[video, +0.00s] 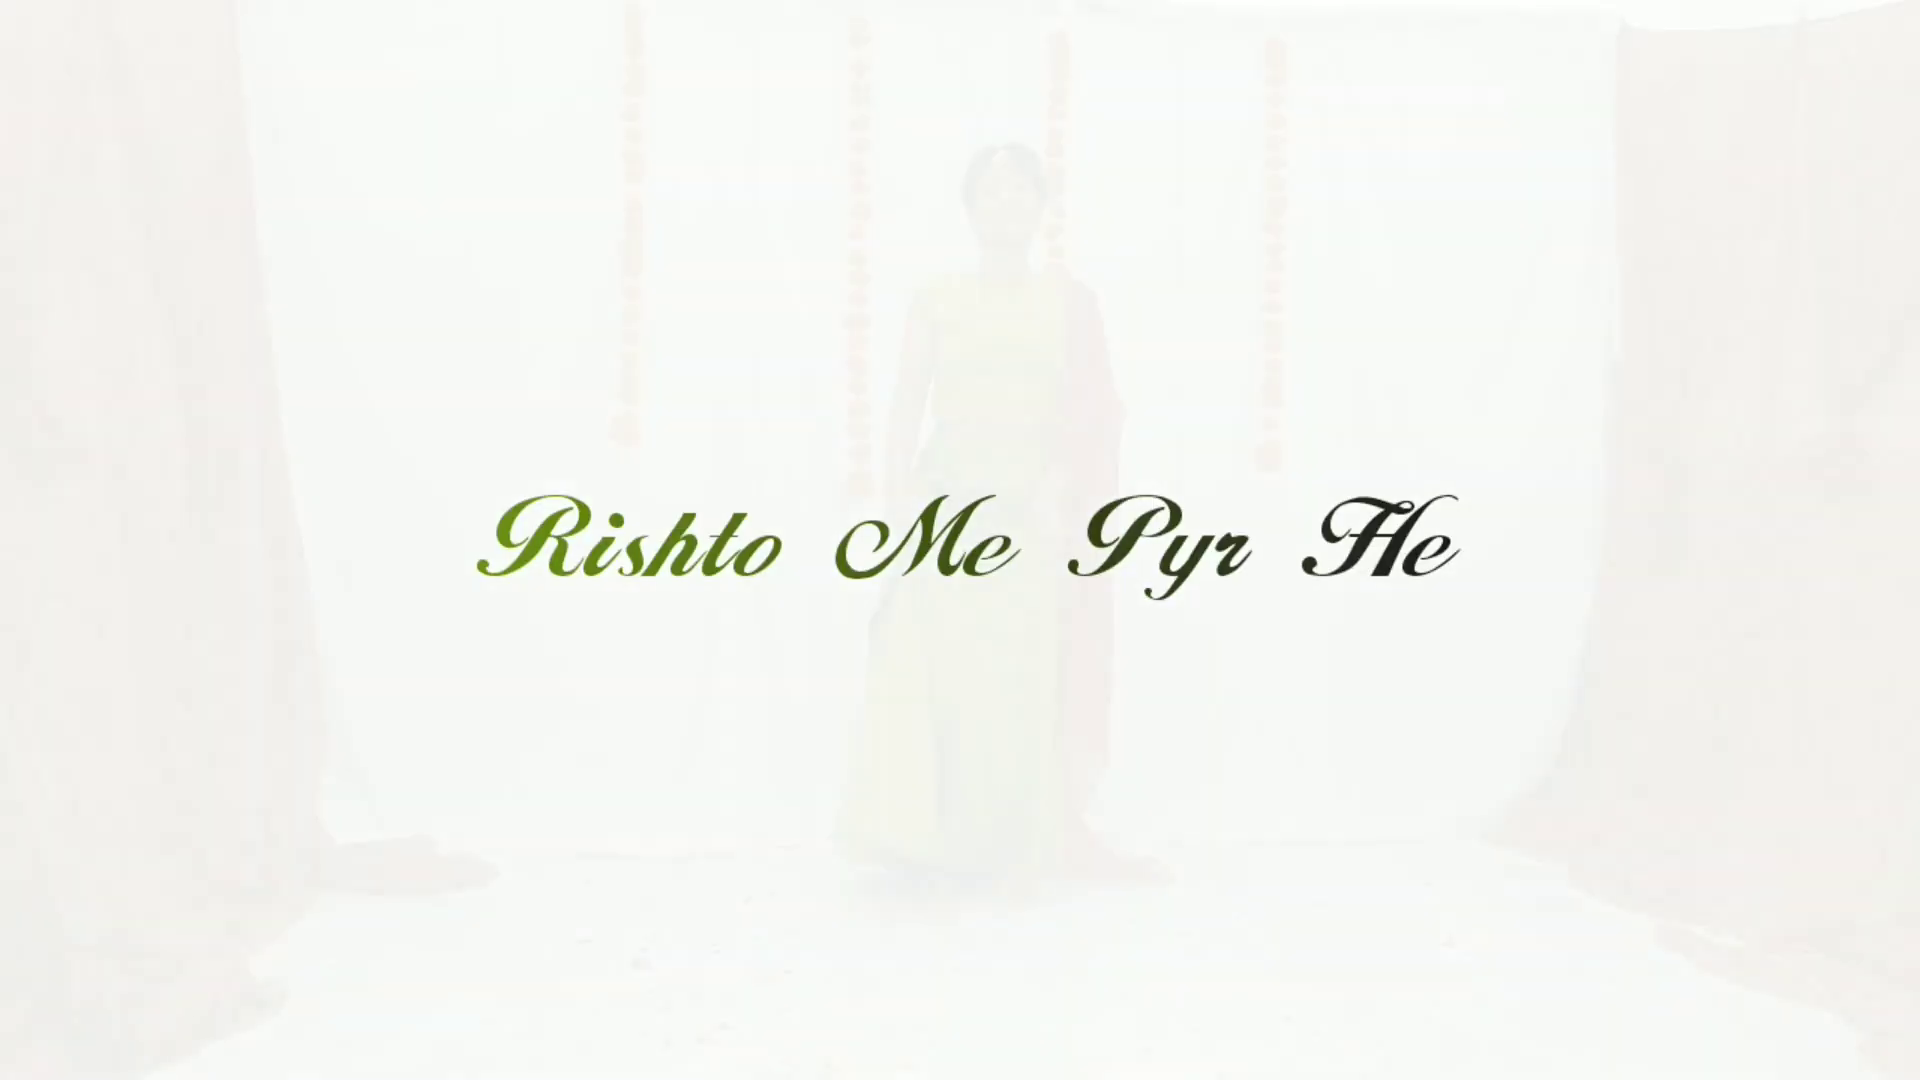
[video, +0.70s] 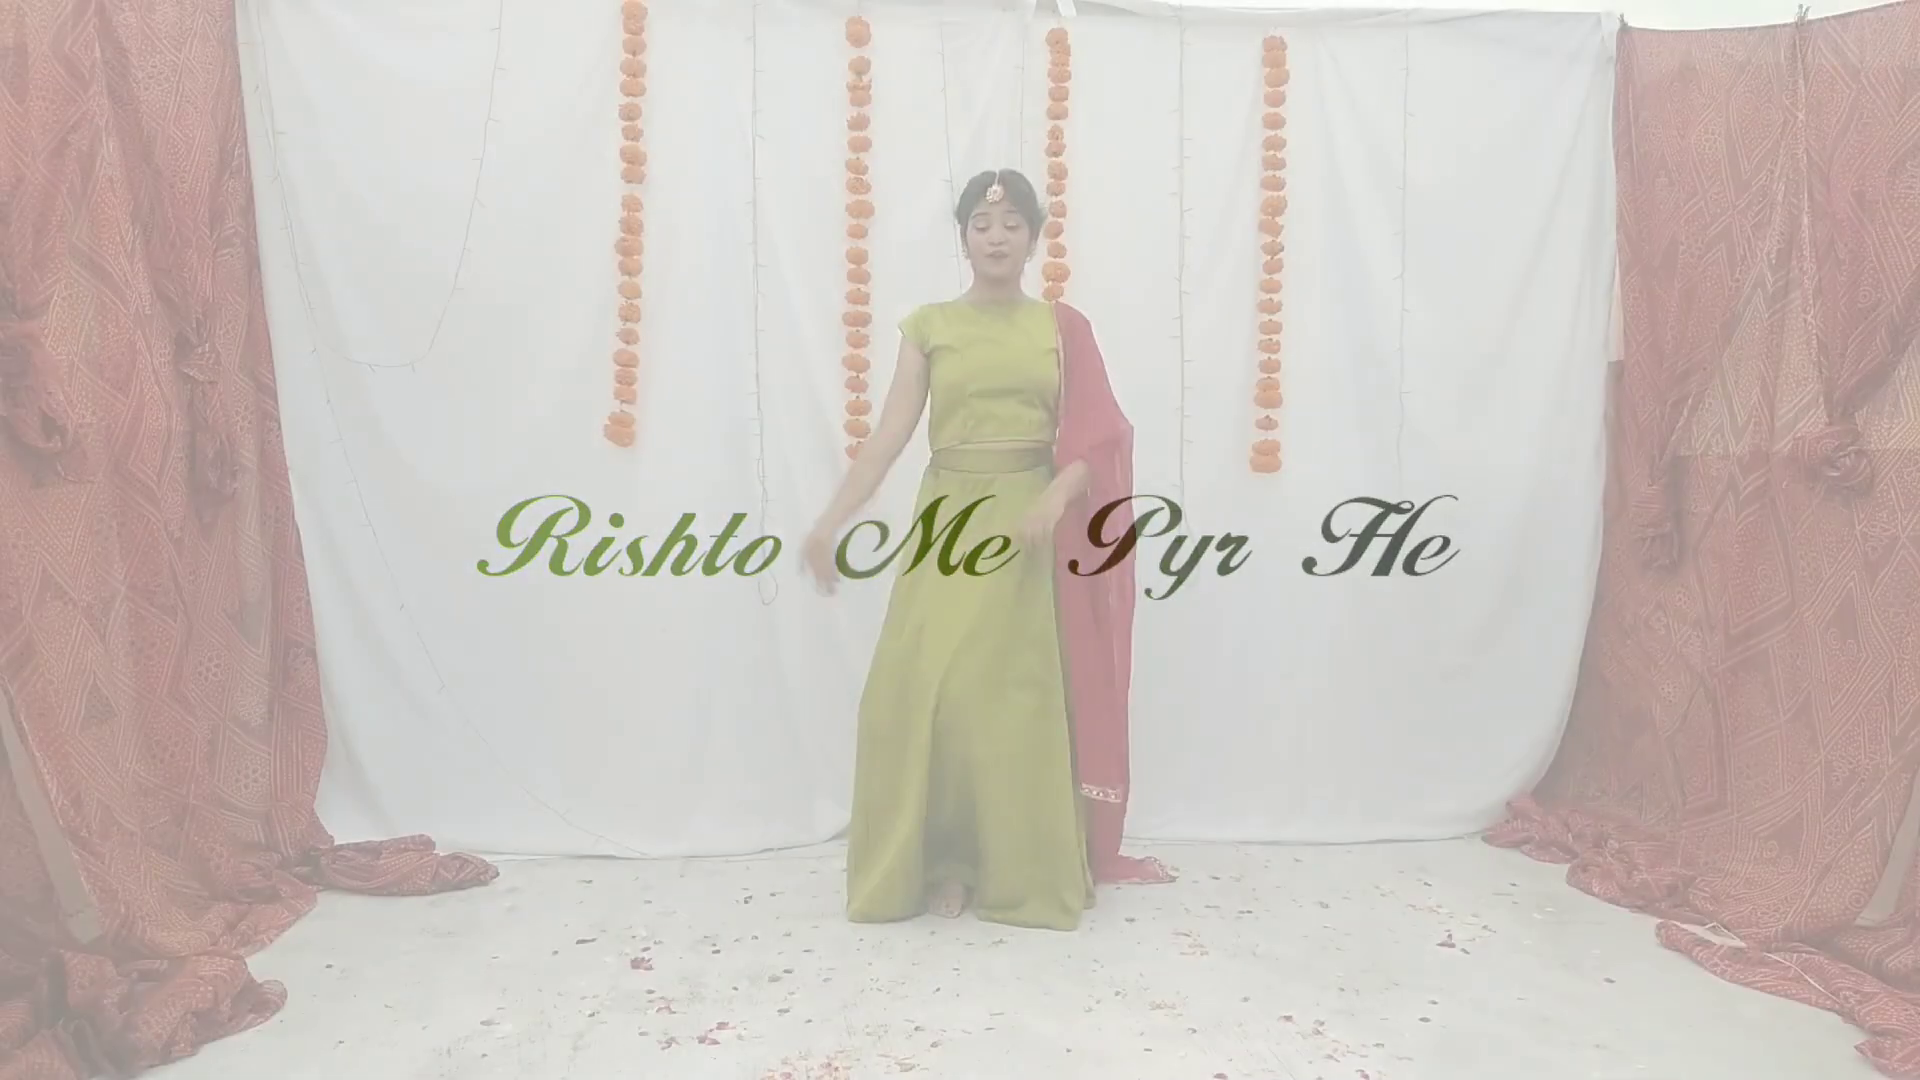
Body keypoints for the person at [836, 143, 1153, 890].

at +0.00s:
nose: (1004, 213)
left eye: (1018, 197)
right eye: (991, 198)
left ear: (1040, 206)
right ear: (970, 206)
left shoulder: (1068, 302)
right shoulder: (940, 299)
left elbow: (1096, 417)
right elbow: (906, 412)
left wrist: (1091, 513)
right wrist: (898, 504)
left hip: (1040, 504)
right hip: (950, 503)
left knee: (1025, 669)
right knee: (946, 667)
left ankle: (1020, 836)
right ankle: (936, 835)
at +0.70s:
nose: (996, 236)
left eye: (1012, 224)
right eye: (983, 223)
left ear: (1034, 237)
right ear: (963, 235)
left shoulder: (1060, 328)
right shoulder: (931, 325)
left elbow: (1102, 431)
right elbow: (888, 434)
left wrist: (1059, 494)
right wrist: (830, 523)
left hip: (1021, 519)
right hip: (944, 518)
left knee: (1003, 686)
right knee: (920, 680)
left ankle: (1009, 865)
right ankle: (939, 864)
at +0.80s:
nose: (999, 226)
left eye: (1014, 213)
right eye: (986, 213)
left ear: (1036, 226)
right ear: (965, 225)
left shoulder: (1059, 317)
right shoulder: (931, 309)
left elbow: (1104, 416)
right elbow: (846, 385)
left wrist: (1025, 440)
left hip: (1025, 507)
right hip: (948, 505)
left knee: (1011, 680)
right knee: (932, 674)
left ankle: (1019, 867)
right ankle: (918, 864)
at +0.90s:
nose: (997, 197)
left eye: (1012, 186)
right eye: (983, 185)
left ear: (1034, 201)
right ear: (963, 200)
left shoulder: (1058, 290)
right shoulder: (931, 283)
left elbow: (1105, 367)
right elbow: (814, 311)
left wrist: (1007, 380)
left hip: (1034, 486)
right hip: (950, 486)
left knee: (1028, 667)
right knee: (944, 663)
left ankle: (1030, 861)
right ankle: (933, 863)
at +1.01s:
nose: (993, 189)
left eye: (1007, 177)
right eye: (979, 176)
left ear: (1029, 194)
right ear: (958, 192)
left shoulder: (1052, 278)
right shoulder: (928, 272)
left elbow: (1089, 341)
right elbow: (810, 248)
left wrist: (981, 348)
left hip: (1025, 475)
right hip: (941, 473)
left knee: (1019, 660)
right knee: (937, 658)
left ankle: (1021, 858)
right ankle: (929, 861)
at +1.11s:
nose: (989, 193)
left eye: (1004, 182)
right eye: (975, 183)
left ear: (1028, 199)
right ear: (954, 202)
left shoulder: (1050, 280)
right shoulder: (930, 278)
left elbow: (1068, 337)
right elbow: (838, 239)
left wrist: (955, 342)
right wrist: (920, 208)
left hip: (1023, 480)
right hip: (938, 476)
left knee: (1017, 662)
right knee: (936, 662)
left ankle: (1024, 859)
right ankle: (930, 860)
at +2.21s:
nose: (958, 181)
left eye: (973, 172)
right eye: (945, 172)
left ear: (997, 194)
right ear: (928, 194)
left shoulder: (1026, 273)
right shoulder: (902, 265)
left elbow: (1108, 225)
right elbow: (829, 175)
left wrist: (1008, 192)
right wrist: (929, 139)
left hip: (1006, 460)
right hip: (921, 456)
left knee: (998, 648)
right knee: (914, 652)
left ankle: (984, 846)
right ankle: (902, 863)